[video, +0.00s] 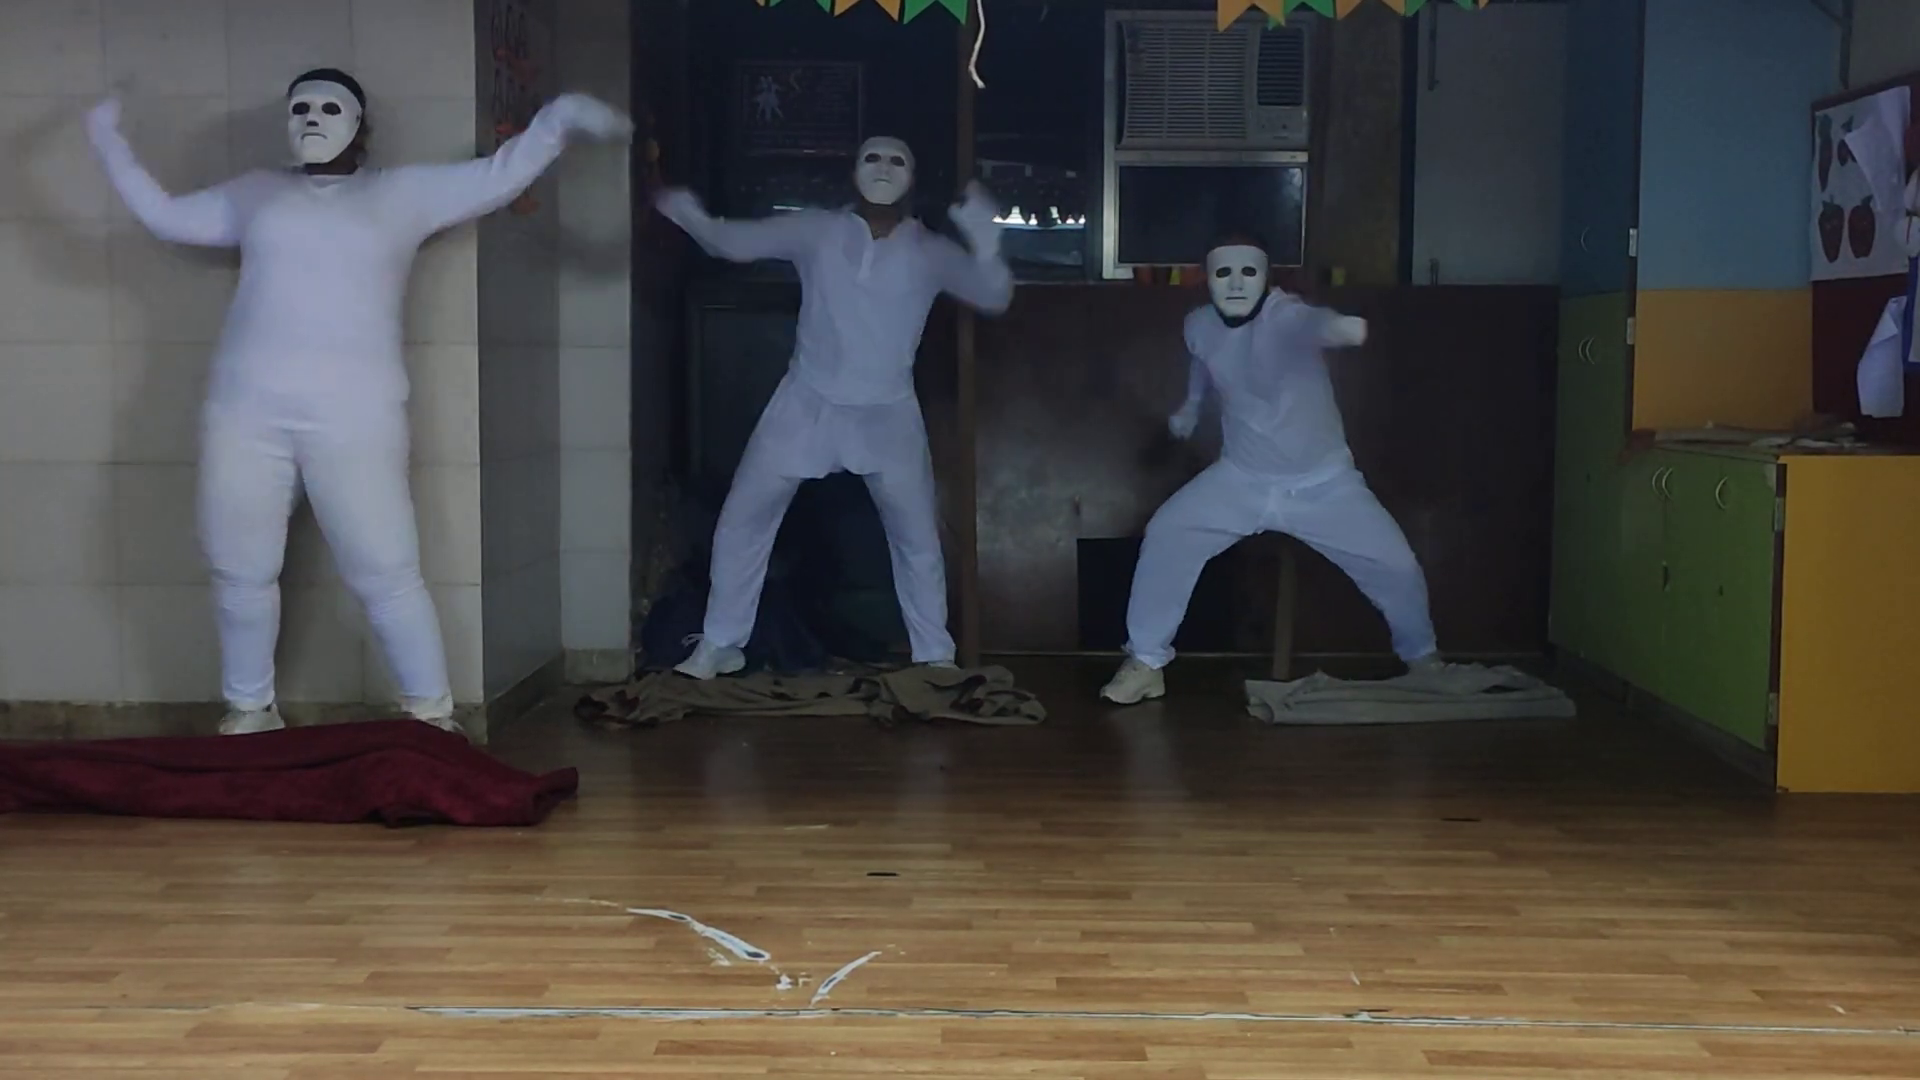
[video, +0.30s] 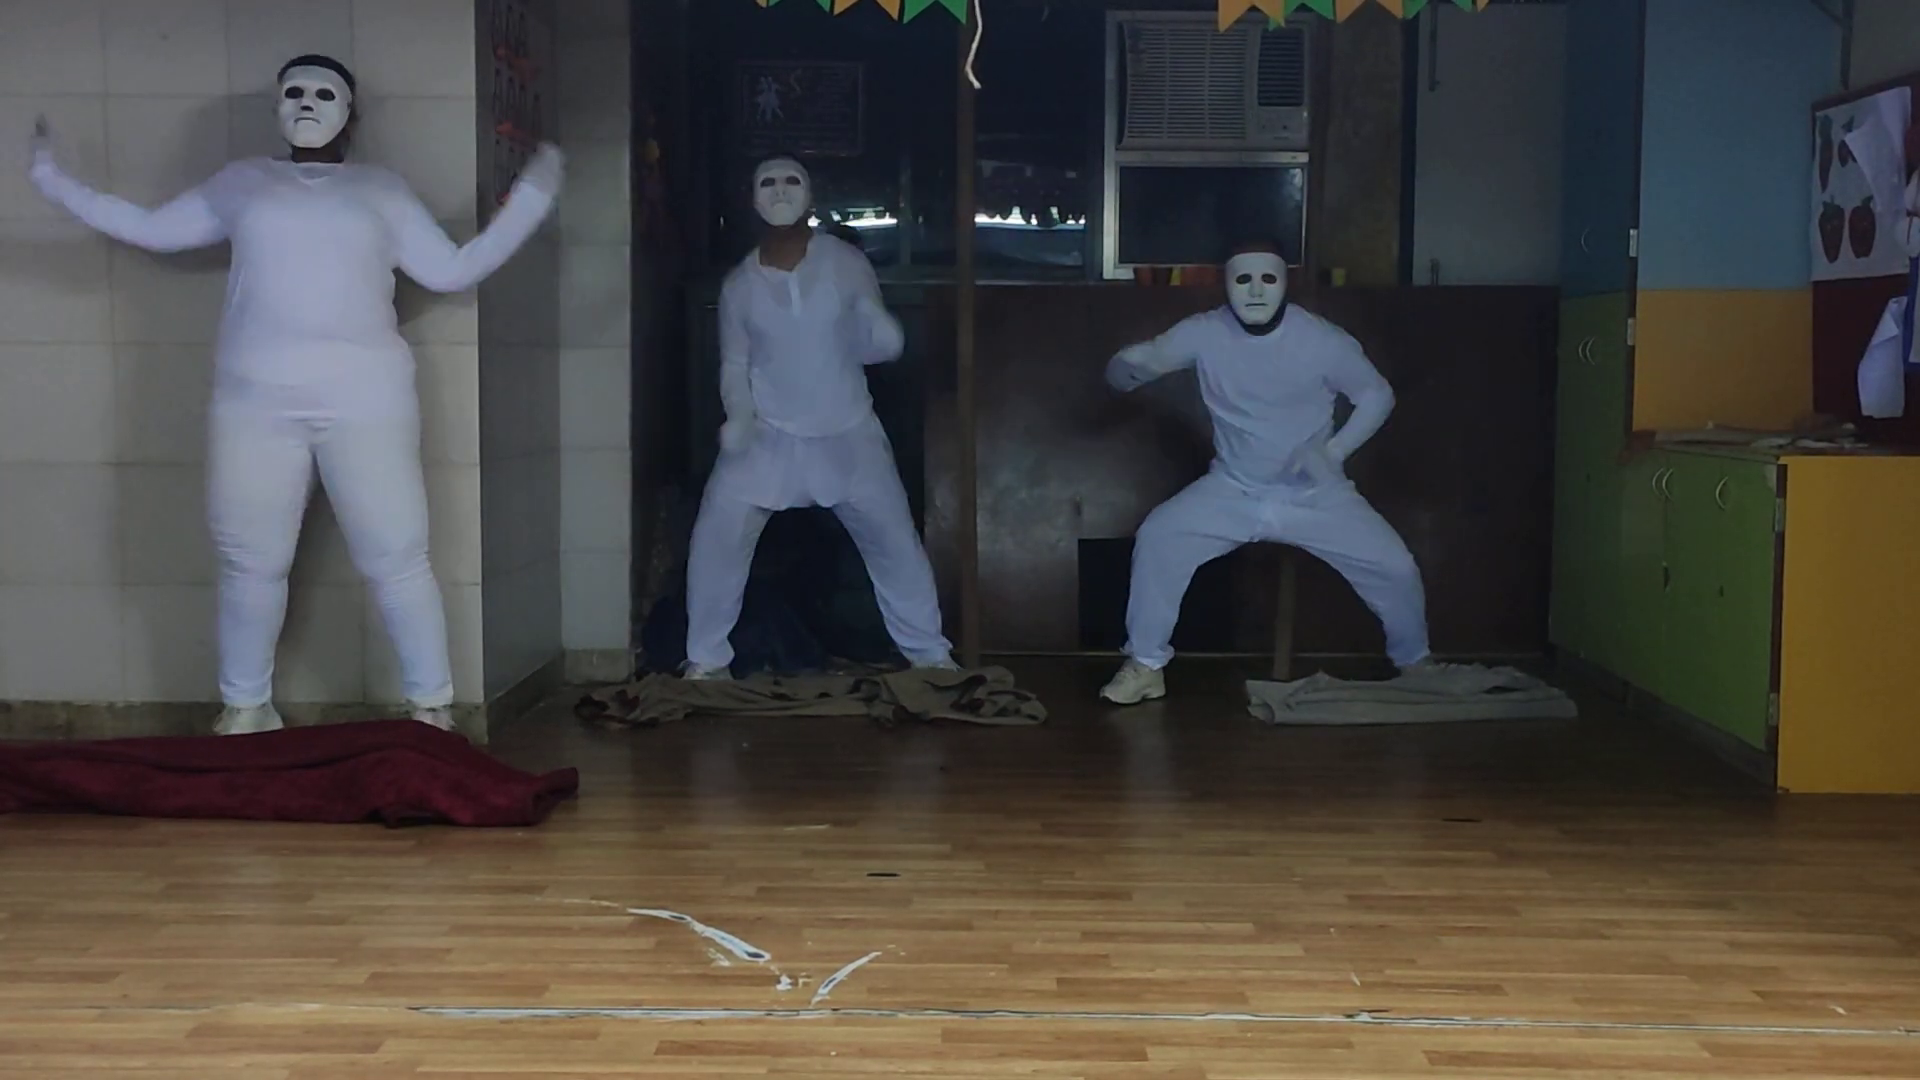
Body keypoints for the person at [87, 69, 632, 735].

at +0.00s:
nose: (311, 119)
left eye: (328, 108)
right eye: (300, 109)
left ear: (358, 125)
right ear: (287, 123)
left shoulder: (396, 195)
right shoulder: (257, 198)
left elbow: (497, 178)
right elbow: (165, 214)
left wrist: (556, 122)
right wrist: (108, 139)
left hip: (353, 414)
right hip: (249, 411)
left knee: (384, 571)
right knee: (241, 572)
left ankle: (431, 715)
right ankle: (249, 715)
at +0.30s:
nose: (307, 106)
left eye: (324, 95)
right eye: (294, 93)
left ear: (349, 109)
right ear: (277, 104)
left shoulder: (381, 193)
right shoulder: (243, 185)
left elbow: (453, 270)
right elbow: (156, 229)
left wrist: (532, 197)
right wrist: (57, 185)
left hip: (367, 401)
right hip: (257, 401)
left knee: (398, 559)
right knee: (250, 561)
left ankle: (432, 711)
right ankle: (246, 713)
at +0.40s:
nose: (316, 110)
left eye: (332, 100)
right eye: (303, 99)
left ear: (356, 116)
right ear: (285, 112)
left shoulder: (386, 195)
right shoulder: (248, 190)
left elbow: (460, 278)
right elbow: (161, 245)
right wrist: (63, 245)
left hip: (389, 400)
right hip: (281, 403)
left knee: (406, 562)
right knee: (263, 568)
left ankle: (430, 714)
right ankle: (252, 716)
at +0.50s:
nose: (326, 129)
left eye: (342, 120)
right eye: (314, 119)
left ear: (367, 137)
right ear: (297, 135)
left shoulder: (400, 222)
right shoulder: (264, 220)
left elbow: (457, 311)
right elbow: (191, 290)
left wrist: (513, 380)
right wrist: (103, 332)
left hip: (407, 423)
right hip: (299, 427)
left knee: (415, 572)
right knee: (268, 574)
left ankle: (429, 713)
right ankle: (260, 713)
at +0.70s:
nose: (316, 116)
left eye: (331, 102)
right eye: (303, 108)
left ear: (361, 116)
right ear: (291, 126)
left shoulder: (407, 201)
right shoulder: (270, 208)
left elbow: (482, 245)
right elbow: (202, 270)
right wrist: (116, 307)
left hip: (398, 408)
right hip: (291, 408)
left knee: (407, 562)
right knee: (251, 558)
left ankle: (430, 716)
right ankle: (241, 706)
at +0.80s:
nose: (294, 105)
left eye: (306, 90)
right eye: (281, 103)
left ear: (340, 97)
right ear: (277, 125)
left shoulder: (406, 174)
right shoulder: (263, 184)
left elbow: (495, 138)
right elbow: (162, 182)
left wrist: (550, 89)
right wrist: (73, 153)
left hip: (381, 393)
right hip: (273, 390)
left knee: (396, 552)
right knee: (237, 544)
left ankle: (431, 706)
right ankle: (227, 701)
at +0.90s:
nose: (279, 111)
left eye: (290, 97)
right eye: (265, 112)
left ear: (326, 101)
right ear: (261, 134)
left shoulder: (387, 172)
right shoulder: (253, 179)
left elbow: (449, 79)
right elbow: (160, 112)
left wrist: (467, 1)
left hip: (356, 400)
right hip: (248, 395)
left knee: (387, 563)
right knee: (230, 559)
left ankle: (433, 711)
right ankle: (219, 715)